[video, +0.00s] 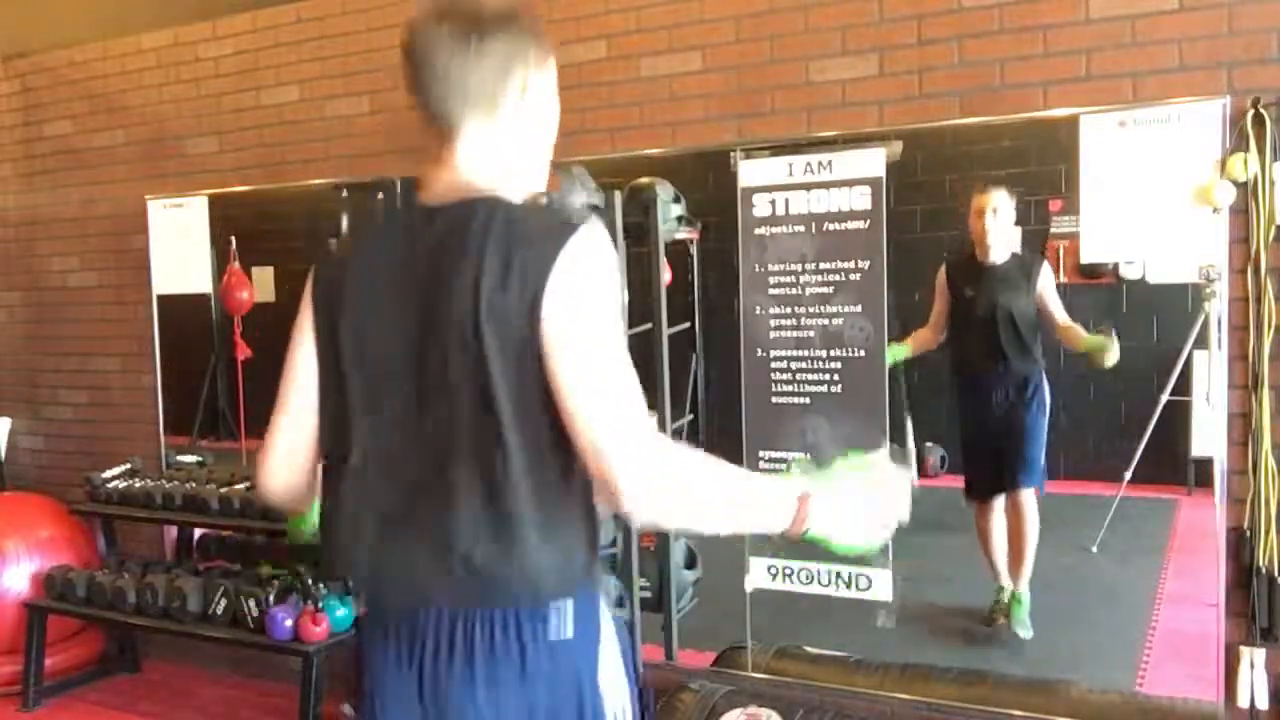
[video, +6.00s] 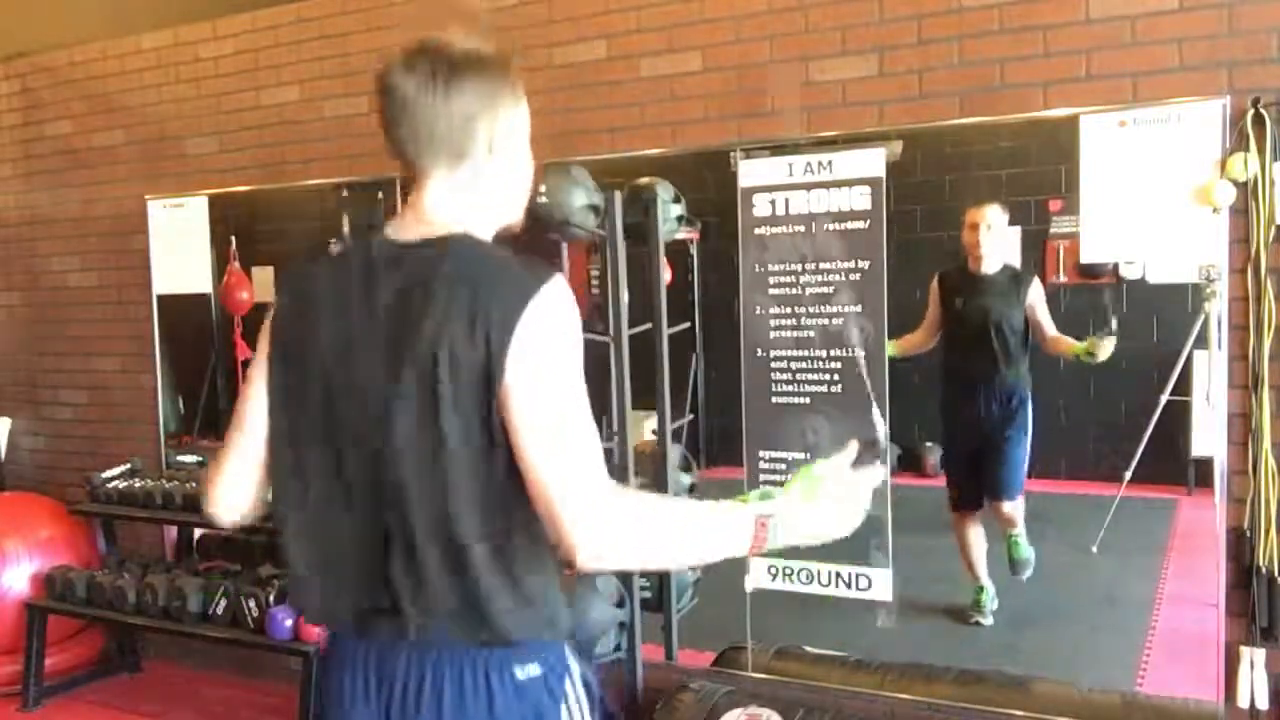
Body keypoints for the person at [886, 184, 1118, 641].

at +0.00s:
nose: (987, 222)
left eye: (996, 213)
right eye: (980, 213)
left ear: (1013, 220)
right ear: (969, 220)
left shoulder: (1035, 270)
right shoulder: (952, 272)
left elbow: (1062, 325)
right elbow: (934, 331)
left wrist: (1092, 343)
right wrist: (898, 350)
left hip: (1025, 390)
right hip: (976, 391)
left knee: (1021, 490)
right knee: (984, 496)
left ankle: (1020, 592)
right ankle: (1003, 587)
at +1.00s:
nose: (982, 209)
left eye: (991, 200)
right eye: (976, 200)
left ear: (1009, 206)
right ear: (967, 207)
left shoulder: (1031, 256)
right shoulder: (951, 256)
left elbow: (1054, 318)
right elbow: (937, 321)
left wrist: (1091, 351)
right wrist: (897, 358)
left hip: (1013, 374)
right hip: (963, 374)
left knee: (1003, 481)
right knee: (967, 485)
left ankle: (1006, 546)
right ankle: (976, 580)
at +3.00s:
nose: (978, 207)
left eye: (987, 199)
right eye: (972, 199)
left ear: (1003, 204)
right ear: (963, 205)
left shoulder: (1028, 254)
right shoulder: (949, 258)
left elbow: (1056, 314)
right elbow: (935, 321)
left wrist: (1095, 350)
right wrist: (899, 360)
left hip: (1022, 373)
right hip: (972, 374)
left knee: (1016, 472)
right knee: (983, 477)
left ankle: (1017, 570)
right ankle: (991, 572)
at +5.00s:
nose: (997, 205)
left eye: (1006, 196)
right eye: (990, 196)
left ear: (1023, 203)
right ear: (978, 202)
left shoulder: (1043, 253)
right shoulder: (961, 253)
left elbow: (1065, 318)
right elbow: (941, 316)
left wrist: (1106, 352)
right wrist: (902, 355)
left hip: (1025, 373)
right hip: (975, 372)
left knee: (1013, 476)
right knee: (981, 485)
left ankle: (1011, 577)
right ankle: (1011, 557)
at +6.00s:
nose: (977, 236)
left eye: (986, 228)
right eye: (972, 228)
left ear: (1004, 234)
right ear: (962, 234)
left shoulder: (1025, 284)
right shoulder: (944, 284)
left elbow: (1049, 339)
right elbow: (927, 334)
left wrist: (1082, 348)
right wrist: (891, 347)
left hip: (1010, 401)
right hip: (960, 401)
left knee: (1005, 503)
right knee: (964, 507)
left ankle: (1015, 535)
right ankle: (983, 589)